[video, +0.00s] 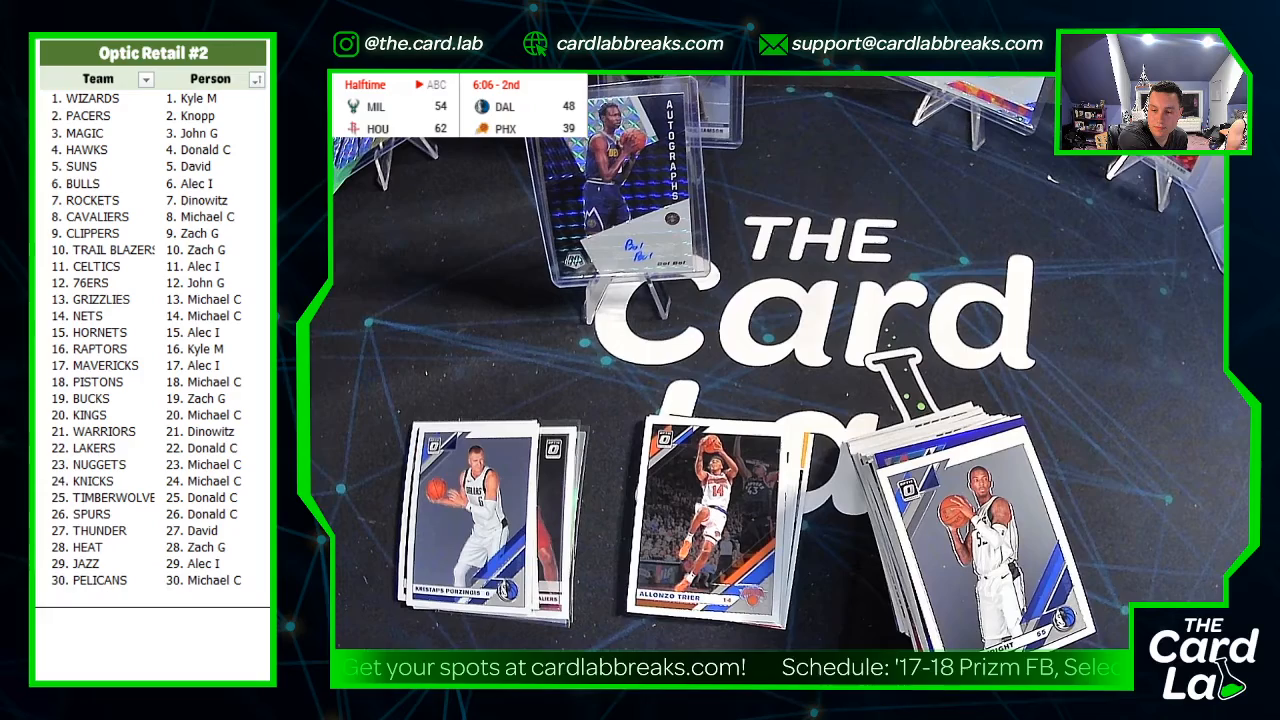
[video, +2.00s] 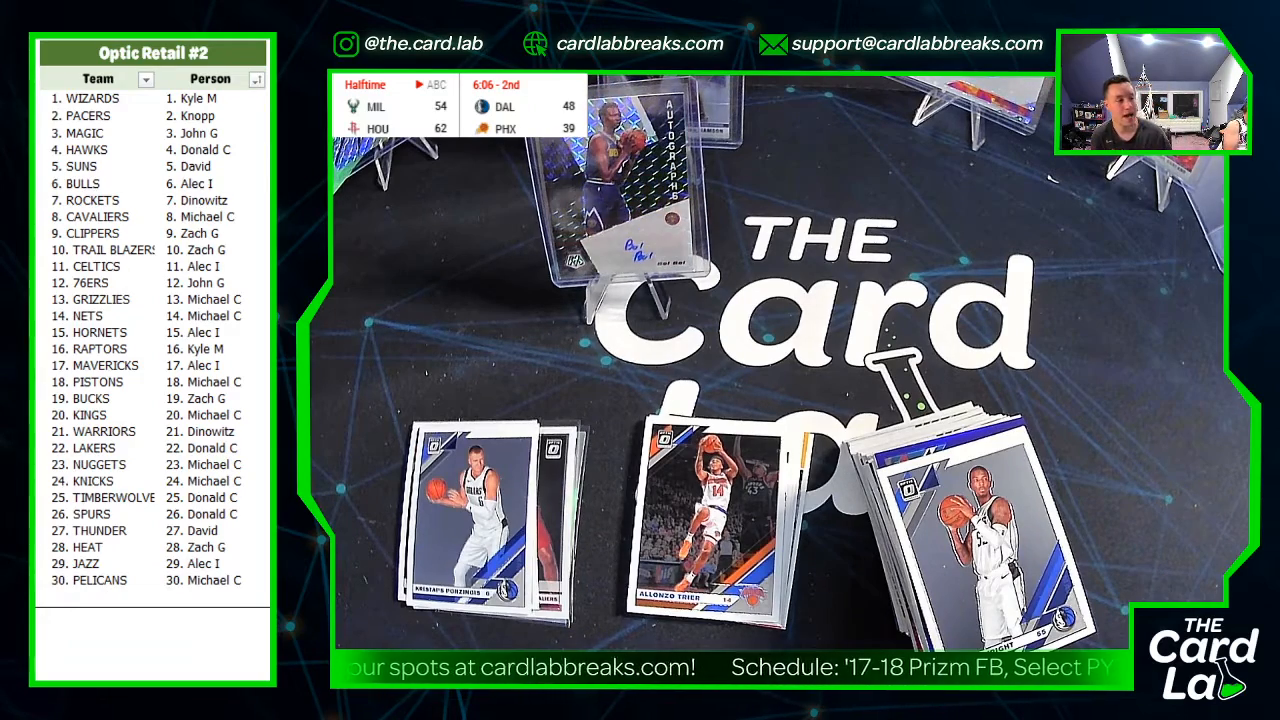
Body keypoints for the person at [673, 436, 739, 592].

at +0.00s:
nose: (714, 463)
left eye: (717, 462)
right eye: (713, 461)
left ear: (721, 465)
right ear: (710, 465)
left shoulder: (727, 476)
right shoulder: (706, 477)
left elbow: (734, 469)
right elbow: (699, 471)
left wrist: (722, 452)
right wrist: (700, 450)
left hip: (720, 513)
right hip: (705, 507)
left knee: (707, 549)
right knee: (704, 511)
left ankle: (688, 579)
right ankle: (688, 539)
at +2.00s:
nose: (714, 463)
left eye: (717, 461)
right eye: (713, 461)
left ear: (721, 465)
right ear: (710, 465)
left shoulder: (727, 476)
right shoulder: (706, 476)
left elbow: (734, 468)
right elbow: (698, 470)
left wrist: (722, 452)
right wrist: (700, 451)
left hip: (721, 513)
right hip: (706, 507)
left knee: (707, 550)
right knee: (704, 511)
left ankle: (688, 578)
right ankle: (688, 539)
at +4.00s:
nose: (714, 463)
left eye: (717, 461)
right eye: (713, 461)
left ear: (721, 465)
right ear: (710, 465)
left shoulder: (727, 476)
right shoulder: (706, 477)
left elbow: (734, 468)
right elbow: (698, 470)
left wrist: (722, 452)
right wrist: (700, 451)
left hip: (721, 513)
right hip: (706, 507)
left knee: (707, 550)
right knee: (704, 512)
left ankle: (688, 578)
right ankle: (688, 540)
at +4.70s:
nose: (714, 463)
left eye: (717, 461)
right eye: (713, 461)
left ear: (721, 465)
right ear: (710, 465)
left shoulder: (727, 476)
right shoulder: (706, 476)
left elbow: (734, 468)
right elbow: (699, 470)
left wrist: (722, 452)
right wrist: (700, 451)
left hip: (721, 512)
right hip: (706, 507)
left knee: (707, 550)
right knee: (704, 512)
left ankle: (688, 579)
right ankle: (688, 540)